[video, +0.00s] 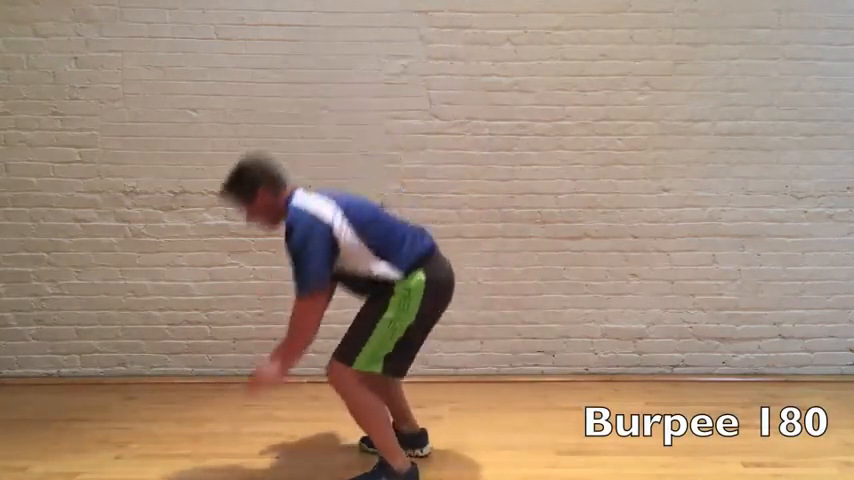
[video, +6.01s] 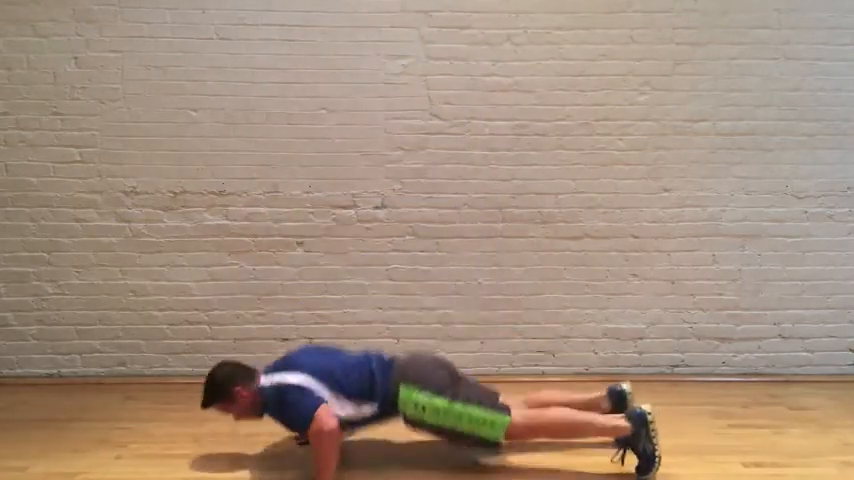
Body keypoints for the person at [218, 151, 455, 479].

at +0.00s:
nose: (248, 217)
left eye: (248, 206)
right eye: (244, 208)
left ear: (264, 193)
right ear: (270, 189)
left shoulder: (305, 219)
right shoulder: (311, 206)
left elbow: (311, 299)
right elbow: (319, 295)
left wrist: (281, 362)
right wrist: (285, 356)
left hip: (413, 281)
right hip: (423, 272)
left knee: (343, 372)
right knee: (373, 367)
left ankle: (398, 467)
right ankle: (408, 433)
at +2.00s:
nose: (400, 9)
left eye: (400, 3)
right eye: (393, 2)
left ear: (387, 8)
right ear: (366, 3)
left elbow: (400, 116)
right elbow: (273, 81)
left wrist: (423, 118)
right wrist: (322, 117)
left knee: (392, 282)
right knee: (350, 290)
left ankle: (386, 377)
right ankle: (340, 402)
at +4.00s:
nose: (513, 369)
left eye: (521, 366)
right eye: (520, 363)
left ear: (515, 340)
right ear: (515, 346)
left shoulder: (488, 324)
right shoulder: (485, 338)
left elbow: (463, 383)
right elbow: (477, 413)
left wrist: (476, 427)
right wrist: (484, 474)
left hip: (381, 248)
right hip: (375, 257)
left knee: (378, 351)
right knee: (387, 373)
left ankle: (321, 409)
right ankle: (308, 410)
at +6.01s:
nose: (234, 416)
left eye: (229, 410)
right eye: (228, 411)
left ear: (239, 393)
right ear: (241, 382)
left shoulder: (278, 391)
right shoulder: (282, 368)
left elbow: (328, 425)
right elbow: (329, 405)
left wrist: (322, 478)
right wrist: (322, 439)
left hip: (407, 389)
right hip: (410, 371)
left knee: (510, 429)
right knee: (509, 410)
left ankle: (626, 431)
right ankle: (608, 403)